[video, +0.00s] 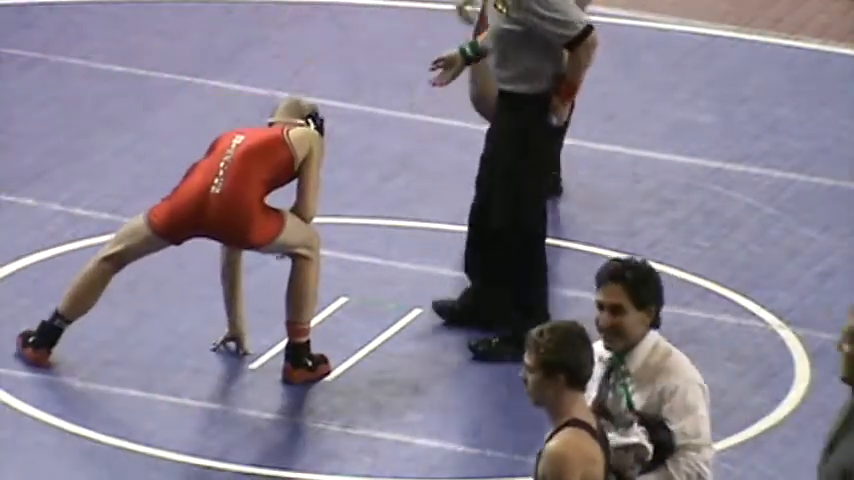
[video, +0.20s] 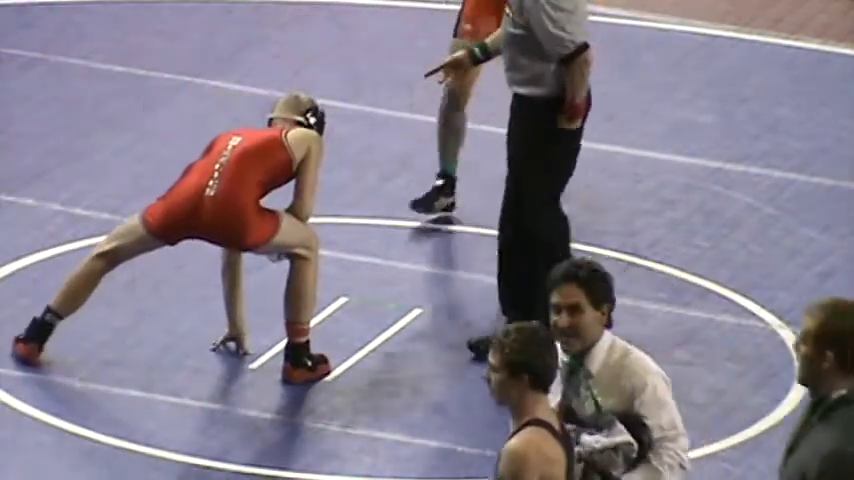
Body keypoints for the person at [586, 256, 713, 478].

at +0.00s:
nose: (604, 322)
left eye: (617, 311)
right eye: (600, 308)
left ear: (649, 315)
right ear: (595, 306)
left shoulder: (679, 379)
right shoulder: (594, 357)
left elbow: (695, 464)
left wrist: (637, 477)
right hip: (591, 468)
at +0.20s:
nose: (562, 322)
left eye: (574, 311)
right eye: (556, 311)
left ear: (604, 313)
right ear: (548, 313)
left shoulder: (640, 374)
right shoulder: (552, 362)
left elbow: (672, 457)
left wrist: (627, 477)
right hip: (563, 470)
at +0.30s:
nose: (539, 322)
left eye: (551, 310)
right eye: (531, 310)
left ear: (578, 313)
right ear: (523, 312)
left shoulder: (614, 368)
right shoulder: (521, 361)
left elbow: (656, 443)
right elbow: (493, 427)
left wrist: (618, 477)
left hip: (598, 471)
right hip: (535, 470)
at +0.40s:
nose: (514, 319)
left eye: (525, 306)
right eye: (507, 308)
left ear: (553, 308)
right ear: (501, 310)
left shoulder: (595, 361)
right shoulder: (499, 358)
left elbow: (640, 432)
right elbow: (467, 426)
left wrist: (607, 472)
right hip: (520, 469)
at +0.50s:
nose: (494, 317)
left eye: (505, 305)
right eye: (487, 307)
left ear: (533, 307)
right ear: (481, 308)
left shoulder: (578, 357)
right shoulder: (478, 355)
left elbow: (626, 424)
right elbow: (446, 420)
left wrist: (596, 468)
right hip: (495, 467)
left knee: (538, 456)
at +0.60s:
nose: (479, 316)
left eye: (490, 303)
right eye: (471, 305)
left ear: (518, 303)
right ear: (465, 307)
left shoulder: (563, 353)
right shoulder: (461, 356)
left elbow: (612, 421)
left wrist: (583, 464)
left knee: (527, 453)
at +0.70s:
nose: (467, 316)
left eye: (478, 303)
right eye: (460, 305)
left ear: (507, 303)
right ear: (453, 307)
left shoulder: (552, 353)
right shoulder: (449, 359)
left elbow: (602, 421)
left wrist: (572, 464)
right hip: (475, 471)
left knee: (516, 452)